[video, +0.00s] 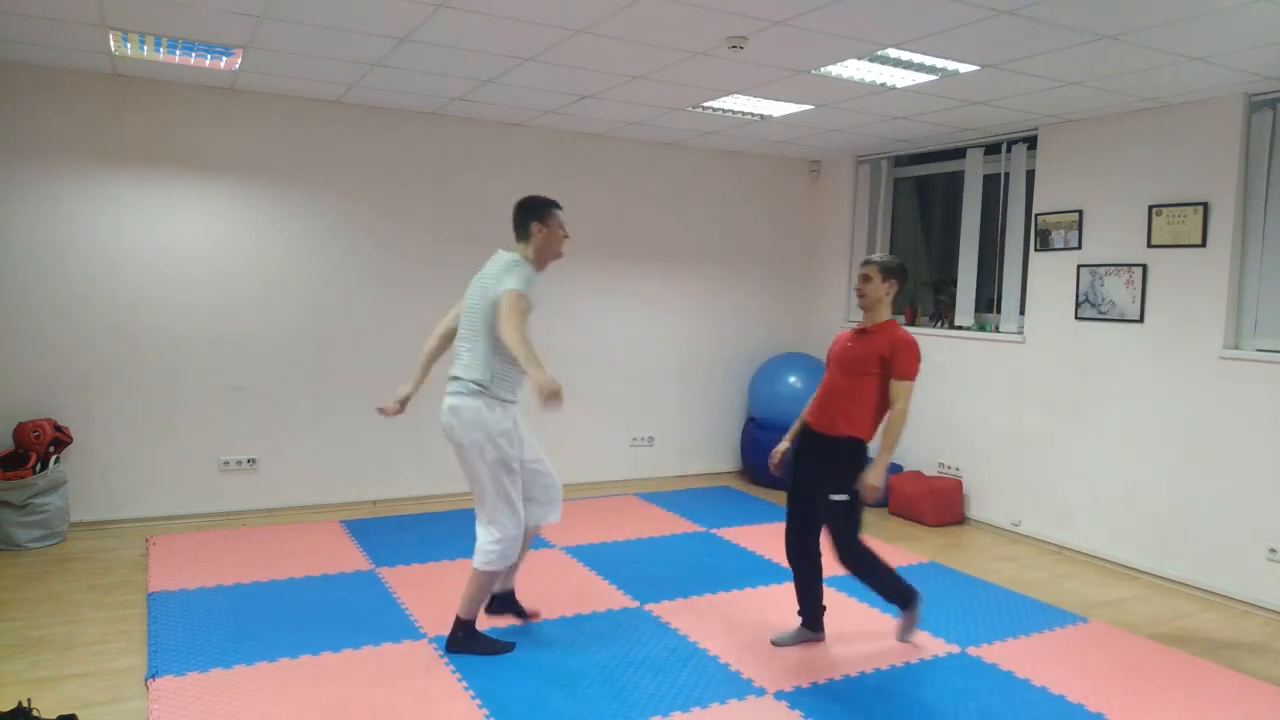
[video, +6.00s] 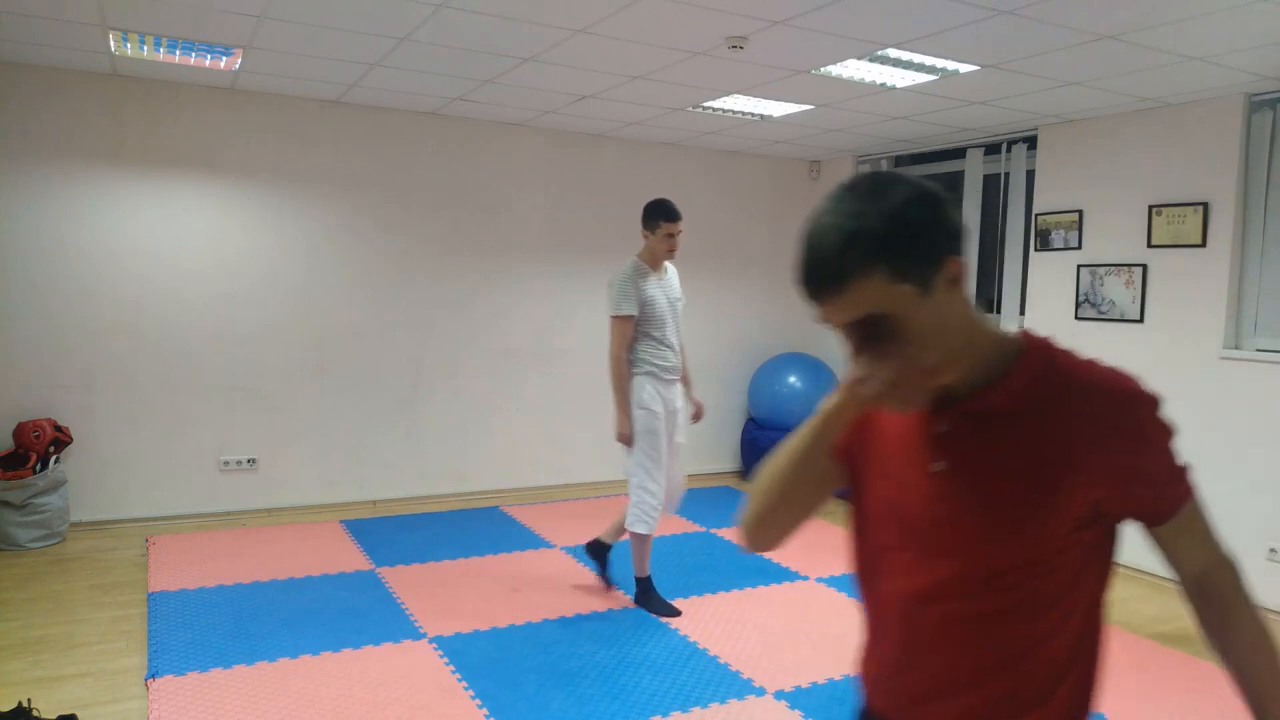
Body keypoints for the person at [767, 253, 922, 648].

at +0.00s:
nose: (857, 286)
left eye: (866, 280)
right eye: (857, 280)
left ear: (890, 287)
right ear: (862, 286)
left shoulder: (900, 342)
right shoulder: (847, 336)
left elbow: (899, 409)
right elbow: (823, 394)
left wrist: (880, 466)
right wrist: (789, 438)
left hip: (845, 452)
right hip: (809, 444)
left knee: (847, 548)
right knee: (799, 542)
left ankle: (908, 600)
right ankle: (811, 625)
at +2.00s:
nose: (832, 285)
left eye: (837, 278)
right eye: (832, 278)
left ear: (857, 281)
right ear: (857, 282)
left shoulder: (872, 320)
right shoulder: (864, 318)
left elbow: (823, 360)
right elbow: (827, 358)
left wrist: (815, 333)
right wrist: (821, 336)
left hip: (890, 430)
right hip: (882, 429)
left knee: (875, 514)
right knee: (868, 512)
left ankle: (872, 593)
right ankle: (869, 586)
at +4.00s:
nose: (1044, 309)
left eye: (1055, 300)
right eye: (1036, 296)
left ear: (1063, 299)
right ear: (1011, 288)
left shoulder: (1065, 350)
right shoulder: (971, 337)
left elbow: (1088, 425)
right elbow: (926, 406)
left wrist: (1055, 468)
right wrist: (970, 465)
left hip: (1036, 511)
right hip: (975, 506)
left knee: (1054, 638)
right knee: (950, 611)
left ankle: (1058, 717)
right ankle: (921, 693)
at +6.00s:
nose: (862, 366)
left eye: (878, 331)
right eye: (843, 339)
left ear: (953, 281)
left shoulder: (1102, 412)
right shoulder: (869, 412)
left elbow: (1211, 582)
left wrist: (1267, 709)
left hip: (1034, 712)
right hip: (889, 708)